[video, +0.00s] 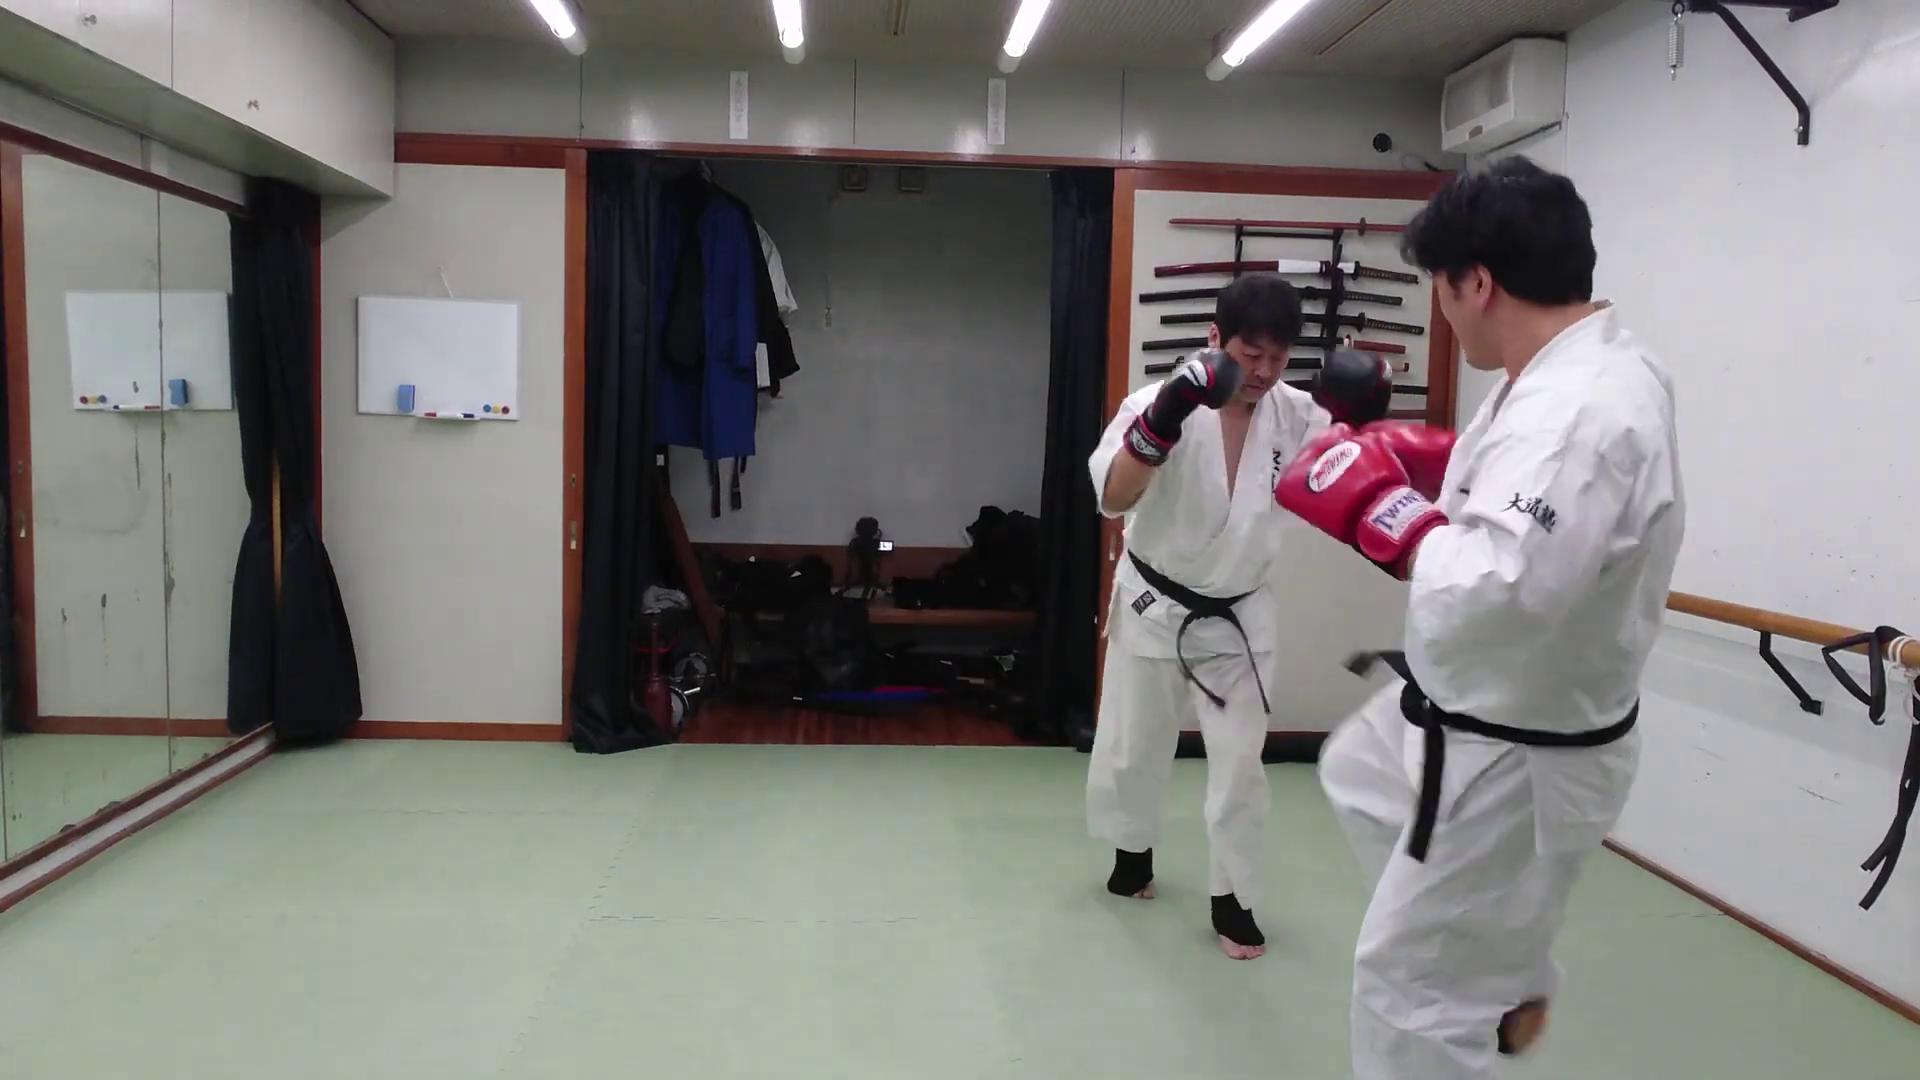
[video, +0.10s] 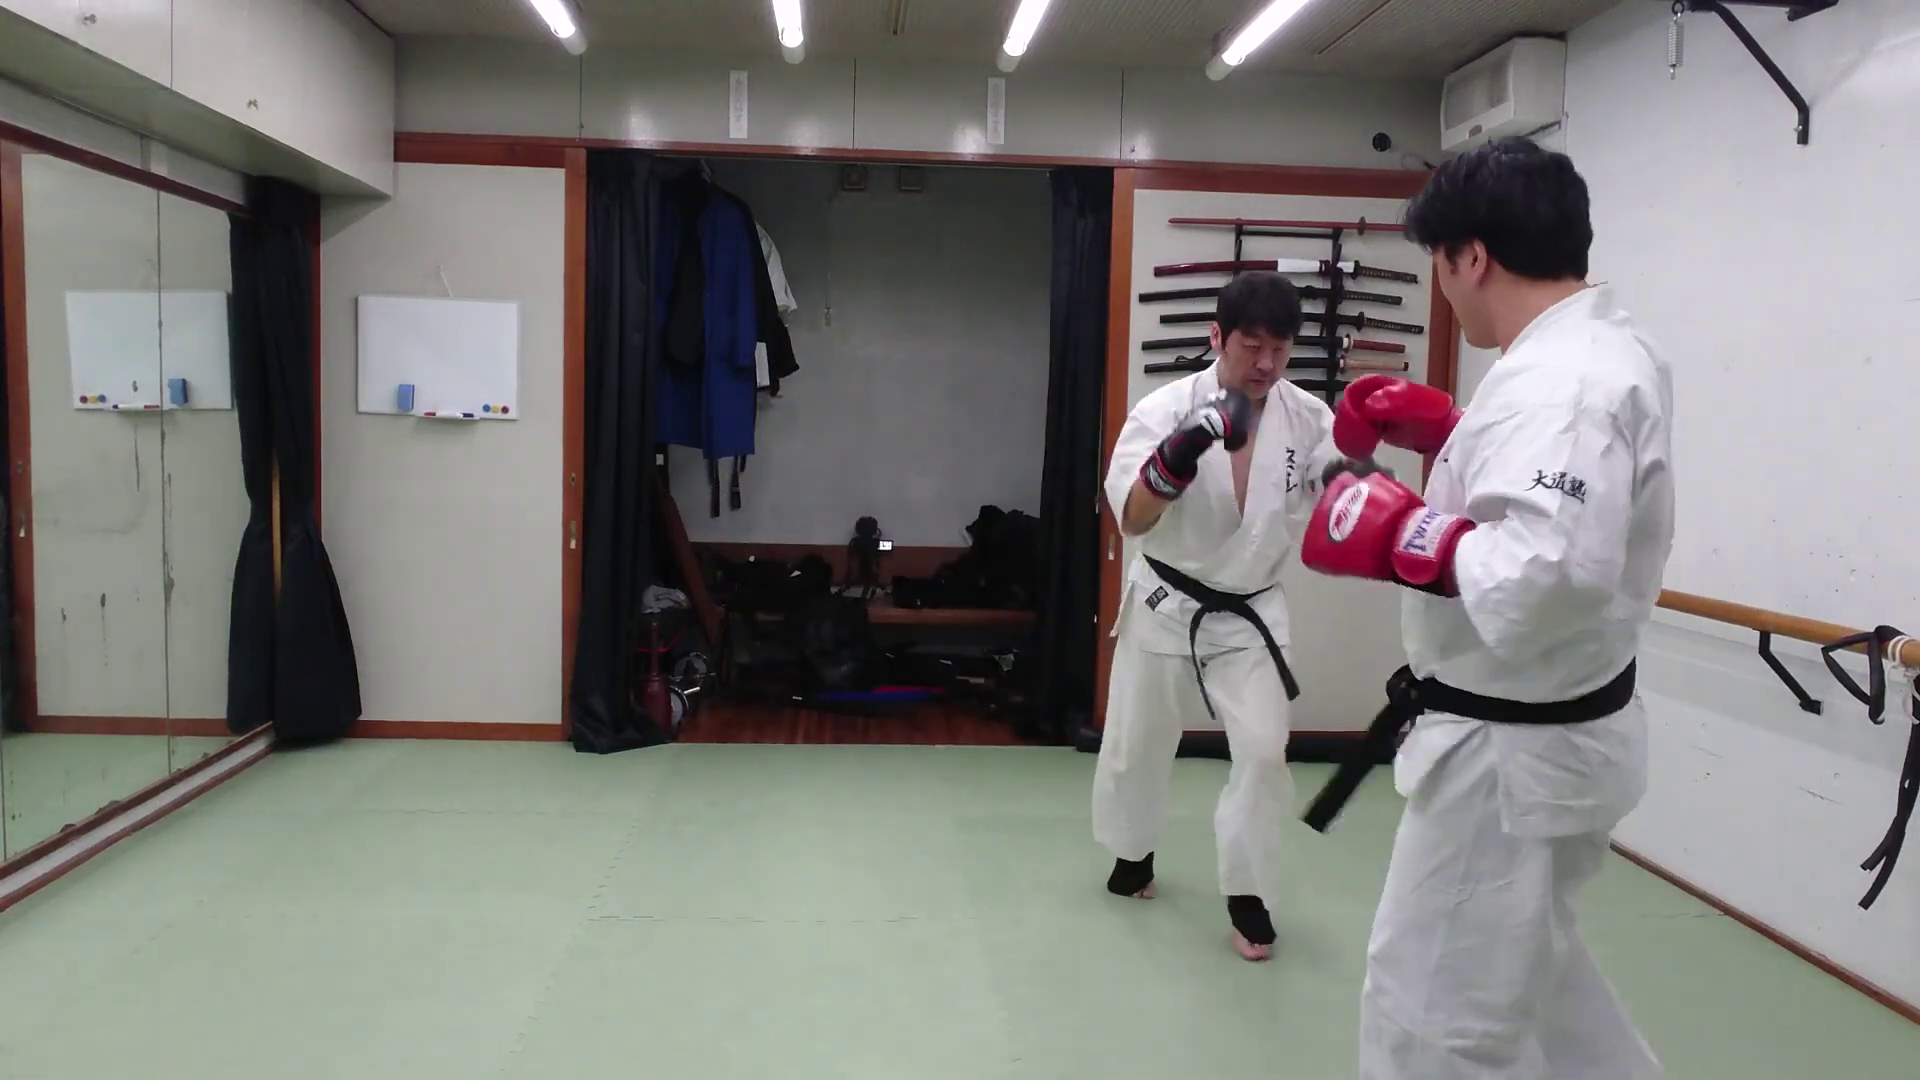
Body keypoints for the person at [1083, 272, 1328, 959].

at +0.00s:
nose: (1263, 369)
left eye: (1277, 356)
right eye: (1251, 352)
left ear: (1290, 352)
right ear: (1218, 340)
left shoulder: (1293, 412)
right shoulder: (1162, 403)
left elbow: (1351, 470)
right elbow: (1114, 498)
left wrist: (1362, 413)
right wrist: (1166, 418)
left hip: (1241, 607)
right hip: (1152, 599)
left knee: (1241, 762)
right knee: (1136, 743)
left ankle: (1232, 899)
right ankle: (1133, 852)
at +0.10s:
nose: (1267, 364)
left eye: (1280, 350)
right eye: (1253, 348)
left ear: (1292, 347)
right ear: (1218, 337)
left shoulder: (1307, 417)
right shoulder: (1163, 409)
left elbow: (1350, 490)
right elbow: (1132, 520)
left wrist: (1362, 471)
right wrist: (1171, 464)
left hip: (1252, 606)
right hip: (1162, 600)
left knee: (1264, 749)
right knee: (1137, 739)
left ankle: (1247, 891)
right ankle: (1132, 854)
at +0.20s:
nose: (1280, 350)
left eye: (1293, 336)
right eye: (1265, 332)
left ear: (1307, 338)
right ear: (1233, 330)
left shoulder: (1328, 417)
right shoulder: (1180, 407)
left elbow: (1347, 508)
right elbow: (1131, 513)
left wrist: (1351, 534)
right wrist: (1178, 506)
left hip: (1271, 606)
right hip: (1180, 599)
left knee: (1288, 757)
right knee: (1145, 739)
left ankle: (1309, 913)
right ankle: (1133, 858)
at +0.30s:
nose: (1306, 345)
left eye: (1319, 332)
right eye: (1291, 329)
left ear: (1334, 339)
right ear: (1260, 331)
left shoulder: (1360, 423)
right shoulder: (1199, 413)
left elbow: (1392, 523)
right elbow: (1131, 508)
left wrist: (1371, 560)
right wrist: (1171, 504)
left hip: (1295, 621)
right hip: (1199, 611)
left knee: (1317, 782)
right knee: (1152, 748)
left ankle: (1355, 918)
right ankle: (1136, 860)